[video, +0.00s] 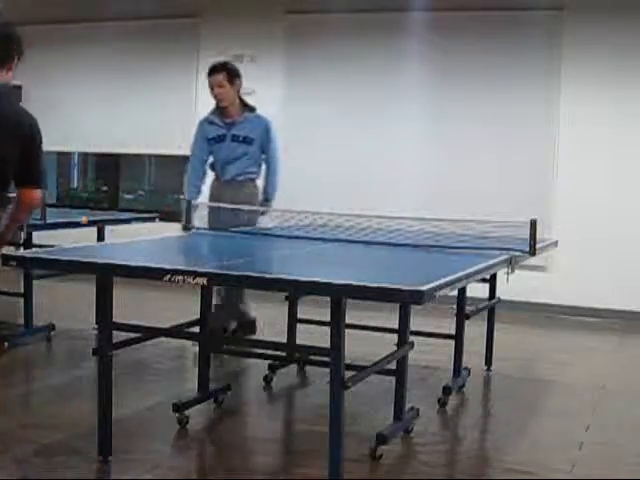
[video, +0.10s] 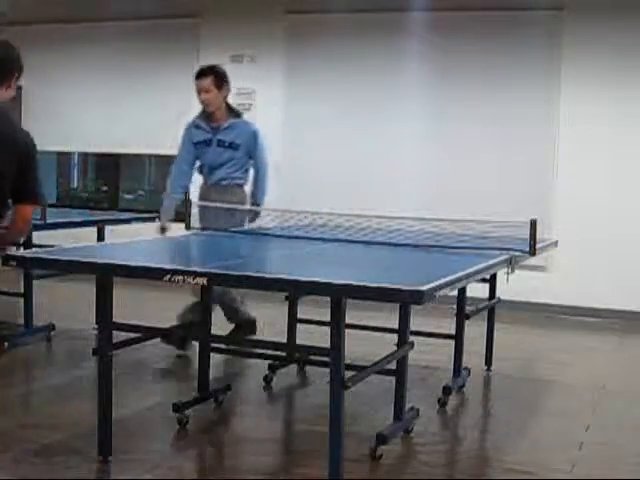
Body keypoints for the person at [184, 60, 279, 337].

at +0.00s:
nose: (217, 93)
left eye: (221, 86)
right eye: (212, 88)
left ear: (237, 85)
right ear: (209, 91)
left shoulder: (260, 125)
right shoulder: (207, 126)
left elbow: (272, 162)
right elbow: (196, 165)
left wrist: (268, 198)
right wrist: (189, 205)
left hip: (248, 189)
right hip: (220, 187)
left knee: (238, 253)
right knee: (220, 253)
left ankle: (222, 318)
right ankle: (242, 314)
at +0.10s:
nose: (203, 97)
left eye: (208, 91)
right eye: (199, 92)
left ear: (224, 91)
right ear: (197, 94)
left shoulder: (246, 131)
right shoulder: (195, 129)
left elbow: (261, 169)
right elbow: (181, 170)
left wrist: (257, 205)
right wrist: (167, 212)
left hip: (237, 196)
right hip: (208, 195)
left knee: (224, 261)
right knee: (208, 262)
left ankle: (189, 324)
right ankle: (243, 319)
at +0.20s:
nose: (186, 106)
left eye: (191, 99)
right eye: (183, 100)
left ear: (208, 99)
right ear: (181, 102)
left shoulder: (230, 138)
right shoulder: (179, 136)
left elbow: (249, 179)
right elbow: (162, 174)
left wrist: (243, 223)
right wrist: (140, 209)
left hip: (221, 206)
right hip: (193, 205)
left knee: (194, 271)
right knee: (208, 271)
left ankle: (159, 332)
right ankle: (243, 319)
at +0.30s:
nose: (167, 117)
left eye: (172, 111)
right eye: (164, 112)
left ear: (190, 111)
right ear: (162, 113)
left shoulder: (213, 149)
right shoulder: (161, 146)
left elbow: (237, 196)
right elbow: (138, 179)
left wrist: (230, 236)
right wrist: (108, 208)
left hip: (207, 223)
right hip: (182, 223)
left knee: (173, 279)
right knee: (196, 279)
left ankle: (150, 341)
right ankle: (237, 316)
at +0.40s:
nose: (147, 135)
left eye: (152, 129)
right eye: (144, 129)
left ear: (170, 126)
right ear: (142, 128)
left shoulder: (199, 155)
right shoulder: (141, 156)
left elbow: (224, 198)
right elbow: (116, 187)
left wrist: (216, 235)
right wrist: (83, 209)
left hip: (198, 230)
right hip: (170, 229)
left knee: (164, 283)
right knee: (186, 282)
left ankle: (149, 343)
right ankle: (227, 309)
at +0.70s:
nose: (121, 161)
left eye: (126, 155)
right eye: (118, 156)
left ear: (144, 146)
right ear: (114, 150)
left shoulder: (180, 159)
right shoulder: (117, 171)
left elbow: (200, 198)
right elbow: (101, 208)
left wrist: (197, 236)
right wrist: (83, 244)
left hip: (184, 221)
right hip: (157, 222)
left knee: (167, 273)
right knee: (177, 269)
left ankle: (149, 340)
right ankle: (213, 301)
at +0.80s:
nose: (120, 153)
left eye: (126, 146)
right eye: (117, 146)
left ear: (143, 139)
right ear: (113, 142)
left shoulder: (178, 153)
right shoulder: (117, 165)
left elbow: (199, 198)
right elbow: (108, 214)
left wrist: (192, 244)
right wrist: (104, 261)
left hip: (181, 210)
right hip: (153, 212)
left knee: (166, 269)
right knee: (165, 265)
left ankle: (150, 340)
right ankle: (207, 294)